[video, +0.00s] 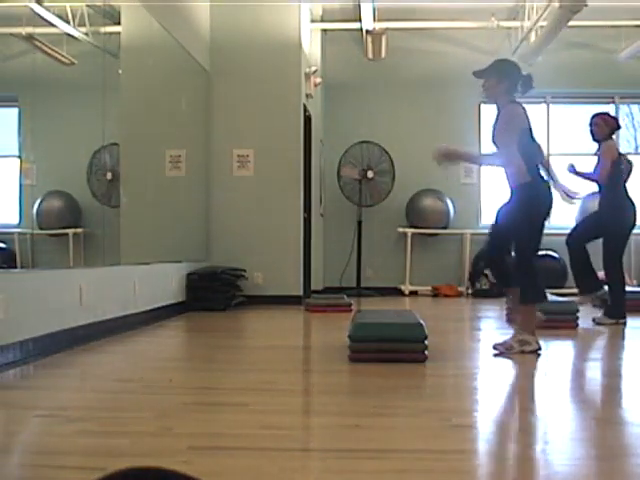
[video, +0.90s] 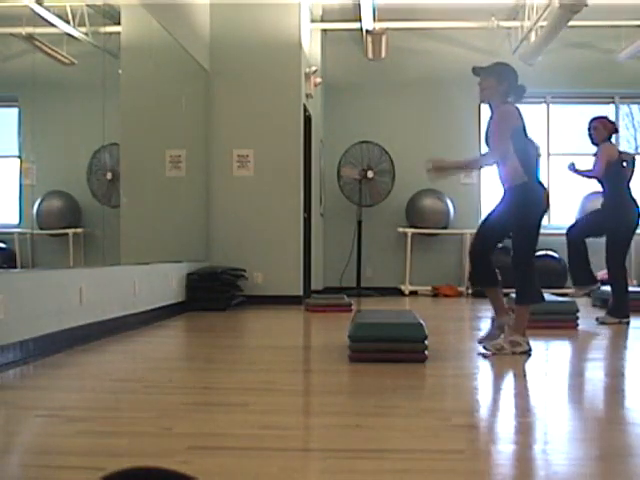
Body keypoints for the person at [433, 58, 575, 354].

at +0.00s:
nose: (483, 86)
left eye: (488, 81)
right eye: (484, 81)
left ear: (504, 84)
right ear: (504, 85)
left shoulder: (510, 113)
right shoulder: (513, 112)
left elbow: (507, 158)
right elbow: (537, 152)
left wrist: (463, 156)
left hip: (528, 194)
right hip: (528, 193)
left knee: (523, 260)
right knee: (496, 254)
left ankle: (527, 335)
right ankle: (523, 328)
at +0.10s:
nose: (480, 86)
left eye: (485, 82)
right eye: (481, 82)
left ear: (501, 86)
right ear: (500, 87)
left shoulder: (507, 114)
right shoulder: (508, 114)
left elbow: (488, 158)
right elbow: (540, 149)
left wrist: (450, 150)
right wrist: (568, 178)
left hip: (531, 197)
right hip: (530, 196)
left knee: (529, 265)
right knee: (479, 241)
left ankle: (528, 337)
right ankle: (505, 304)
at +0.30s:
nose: (484, 88)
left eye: (489, 83)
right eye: (485, 83)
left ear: (504, 84)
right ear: (500, 85)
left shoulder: (515, 114)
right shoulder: (508, 115)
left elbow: (512, 168)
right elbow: (506, 167)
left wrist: (504, 212)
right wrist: (501, 210)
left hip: (519, 196)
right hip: (510, 195)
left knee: (517, 262)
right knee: (501, 261)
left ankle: (527, 335)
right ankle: (512, 329)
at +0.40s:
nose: (482, 85)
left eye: (487, 80)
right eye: (483, 80)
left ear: (503, 83)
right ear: (501, 84)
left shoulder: (509, 111)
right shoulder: (506, 112)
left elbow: (520, 156)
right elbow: (499, 160)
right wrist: (466, 183)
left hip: (520, 188)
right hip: (517, 187)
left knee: (509, 256)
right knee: (508, 255)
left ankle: (521, 328)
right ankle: (517, 326)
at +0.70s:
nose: (479, 86)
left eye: (484, 81)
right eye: (480, 81)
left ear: (500, 85)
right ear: (494, 86)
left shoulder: (510, 113)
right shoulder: (496, 118)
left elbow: (535, 156)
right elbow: (495, 162)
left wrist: (535, 201)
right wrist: (468, 190)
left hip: (519, 191)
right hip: (507, 192)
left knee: (506, 257)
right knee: (502, 258)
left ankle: (517, 332)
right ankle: (511, 330)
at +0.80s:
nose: (481, 84)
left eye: (487, 80)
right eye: (481, 80)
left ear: (503, 83)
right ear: (492, 84)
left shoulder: (511, 113)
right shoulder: (498, 115)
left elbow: (512, 164)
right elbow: (502, 166)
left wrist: (490, 198)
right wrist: (486, 199)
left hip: (519, 190)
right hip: (507, 190)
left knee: (511, 258)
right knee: (499, 258)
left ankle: (518, 334)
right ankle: (511, 329)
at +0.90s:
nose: (479, 86)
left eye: (484, 82)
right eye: (480, 82)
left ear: (501, 86)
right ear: (497, 87)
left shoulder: (504, 113)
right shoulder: (502, 115)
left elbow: (498, 154)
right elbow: (494, 157)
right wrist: (458, 169)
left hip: (524, 194)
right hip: (520, 194)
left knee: (522, 262)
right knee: (479, 250)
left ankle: (517, 336)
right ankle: (502, 319)